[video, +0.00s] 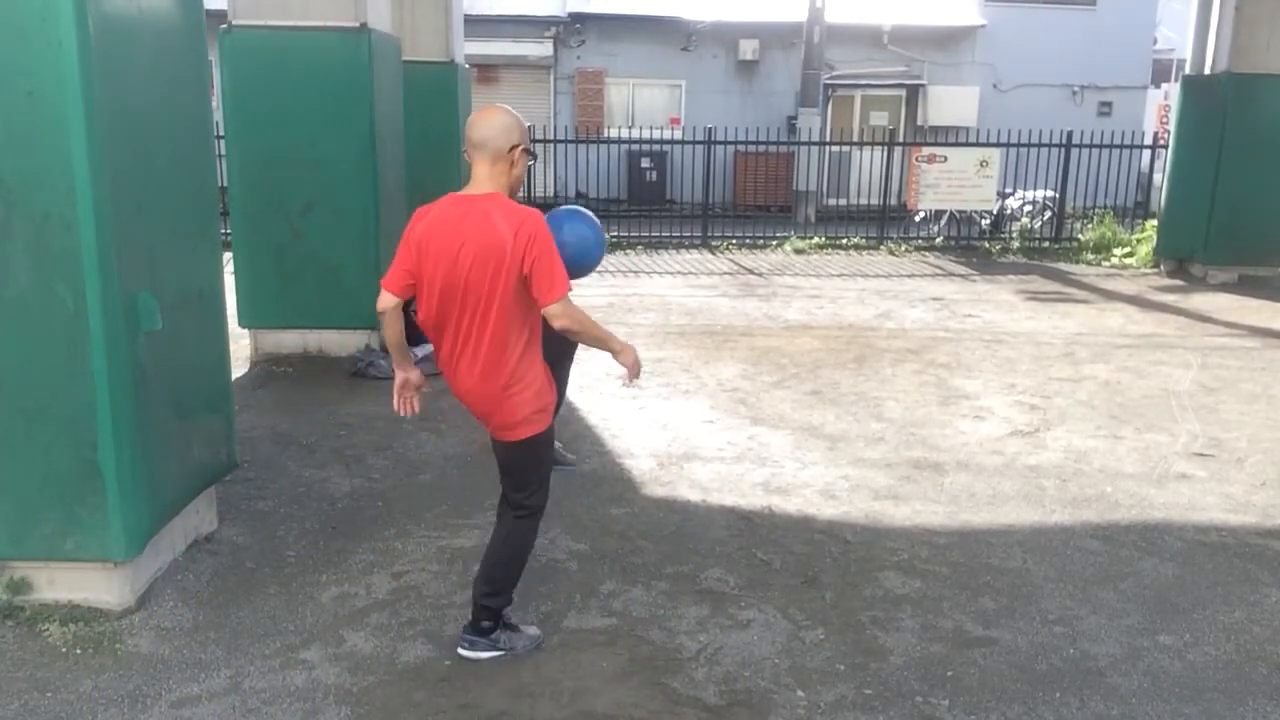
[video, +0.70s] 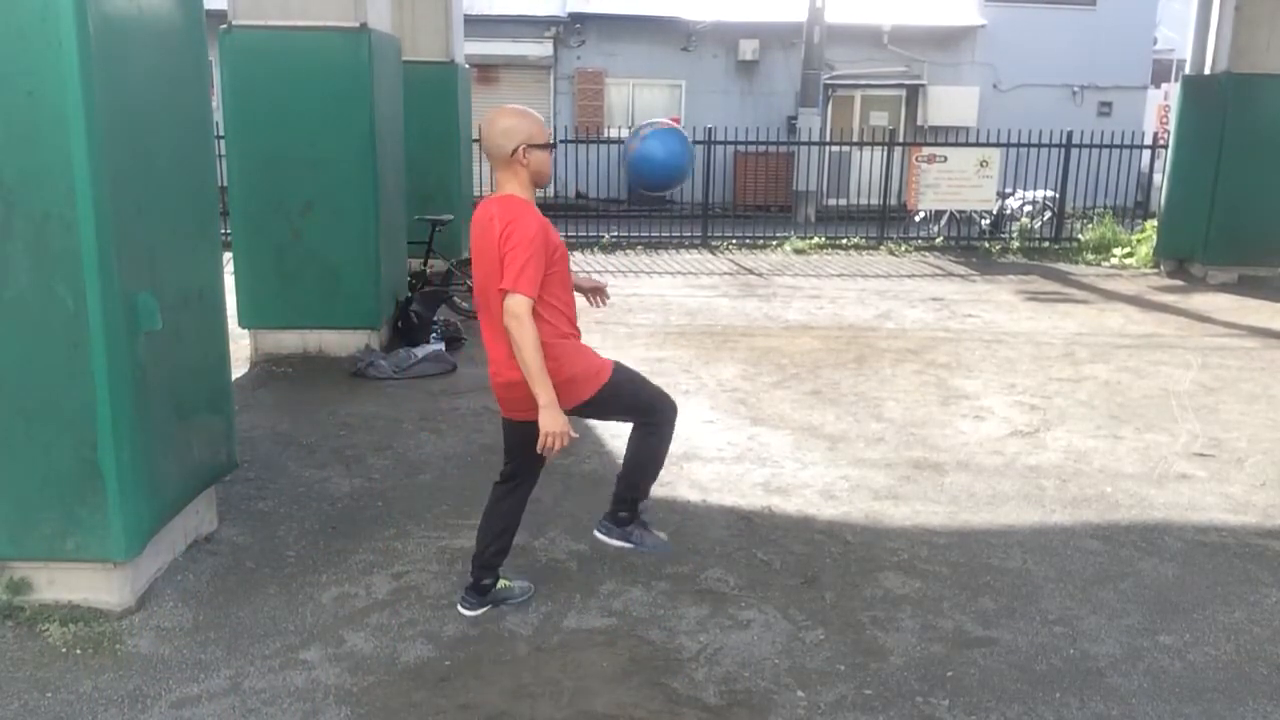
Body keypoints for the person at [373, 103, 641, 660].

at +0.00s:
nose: (527, 163)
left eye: (524, 153)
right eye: (527, 154)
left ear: (469, 155)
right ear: (516, 157)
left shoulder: (427, 220)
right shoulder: (525, 224)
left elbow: (388, 303)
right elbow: (558, 314)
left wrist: (402, 364)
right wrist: (616, 345)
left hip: (467, 379)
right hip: (519, 391)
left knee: (563, 324)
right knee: (521, 507)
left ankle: (539, 448)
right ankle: (484, 626)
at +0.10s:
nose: (527, 157)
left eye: (524, 147)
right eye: (526, 147)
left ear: (470, 151)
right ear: (514, 150)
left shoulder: (431, 216)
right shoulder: (528, 219)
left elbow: (391, 300)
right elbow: (562, 309)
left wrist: (408, 363)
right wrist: (616, 337)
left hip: (466, 371)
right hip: (516, 383)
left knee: (563, 350)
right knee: (516, 503)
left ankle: (534, 467)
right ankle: (484, 626)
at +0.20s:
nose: (527, 155)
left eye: (525, 145)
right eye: (525, 145)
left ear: (472, 149)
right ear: (510, 148)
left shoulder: (436, 215)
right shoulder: (523, 214)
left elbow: (400, 298)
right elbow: (560, 304)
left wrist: (425, 346)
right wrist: (614, 332)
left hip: (475, 380)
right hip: (517, 388)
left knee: (551, 417)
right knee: (513, 506)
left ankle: (507, 521)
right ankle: (484, 627)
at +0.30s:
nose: (527, 167)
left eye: (527, 156)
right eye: (525, 155)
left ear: (477, 156)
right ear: (503, 155)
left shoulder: (438, 219)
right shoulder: (508, 218)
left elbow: (412, 295)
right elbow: (536, 310)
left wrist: (458, 328)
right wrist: (601, 342)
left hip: (477, 385)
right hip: (524, 388)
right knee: (571, 481)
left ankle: (479, 586)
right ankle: (509, 593)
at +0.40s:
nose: (527, 177)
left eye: (527, 166)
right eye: (524, 165)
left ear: (478, 164)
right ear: (499, 163)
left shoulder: (449, 222)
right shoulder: (495, 227)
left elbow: (435, 290)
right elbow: (505, 322)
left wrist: (493, 321)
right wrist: (574, 373)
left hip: (482, 386)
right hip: (517, 381)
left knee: (510, 475)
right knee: (621, 411)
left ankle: (481, 586)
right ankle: (564, 516)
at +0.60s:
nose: (544, 162)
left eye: (542, 153)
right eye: (538, 153)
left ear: (500, 159)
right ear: (514, 158)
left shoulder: (477, 216)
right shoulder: (512, 225)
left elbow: (517, 272)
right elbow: (501, 316)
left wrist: (570, 282)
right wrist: (534, 406)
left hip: (508, 378)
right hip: (548, 374)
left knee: (518, 473)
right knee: (656, 366)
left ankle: (481, 586)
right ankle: (619, 472)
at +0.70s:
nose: (553, 157)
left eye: (550, 147)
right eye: (547, 148)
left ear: (507, 157)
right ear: (523, 155)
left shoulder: (487, 213)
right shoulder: (525, 222)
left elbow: (516, 271)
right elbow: (516, 316)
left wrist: (572, 281)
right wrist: (547, 404)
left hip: (515, 376)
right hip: (558, 373)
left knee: (516, 475)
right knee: (659, 410)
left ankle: (481, 586)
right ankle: (622, 519)